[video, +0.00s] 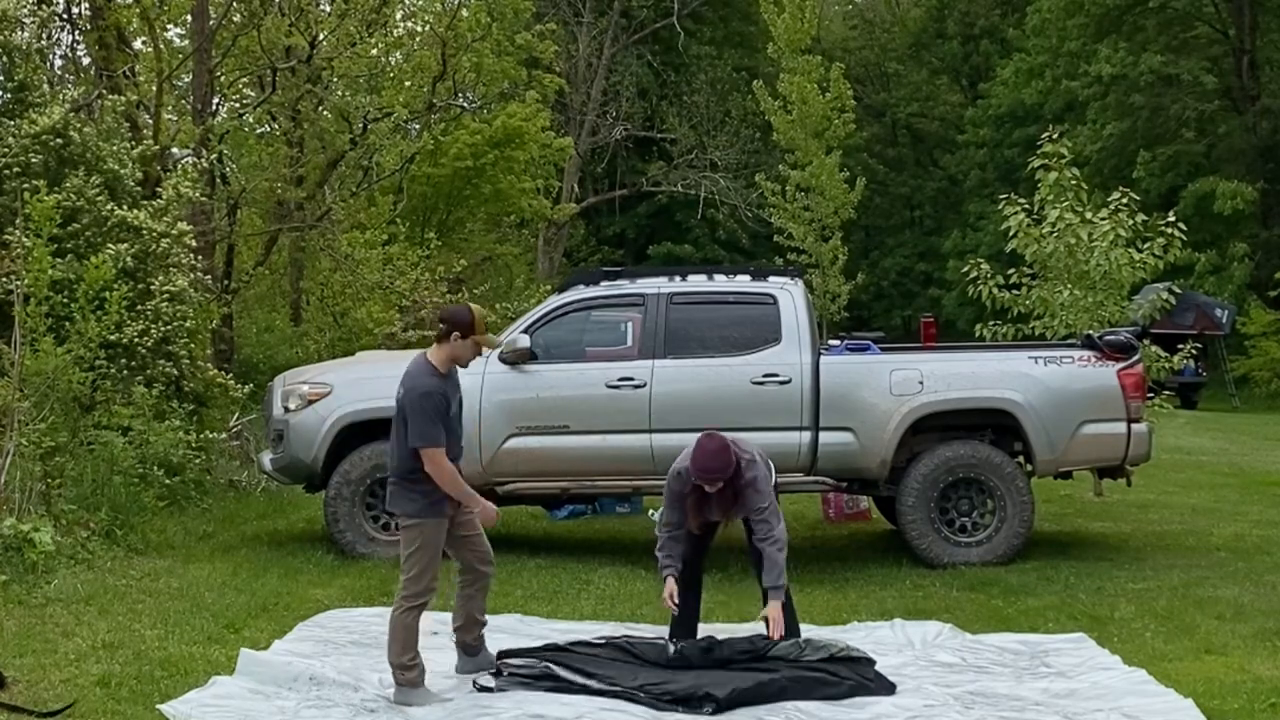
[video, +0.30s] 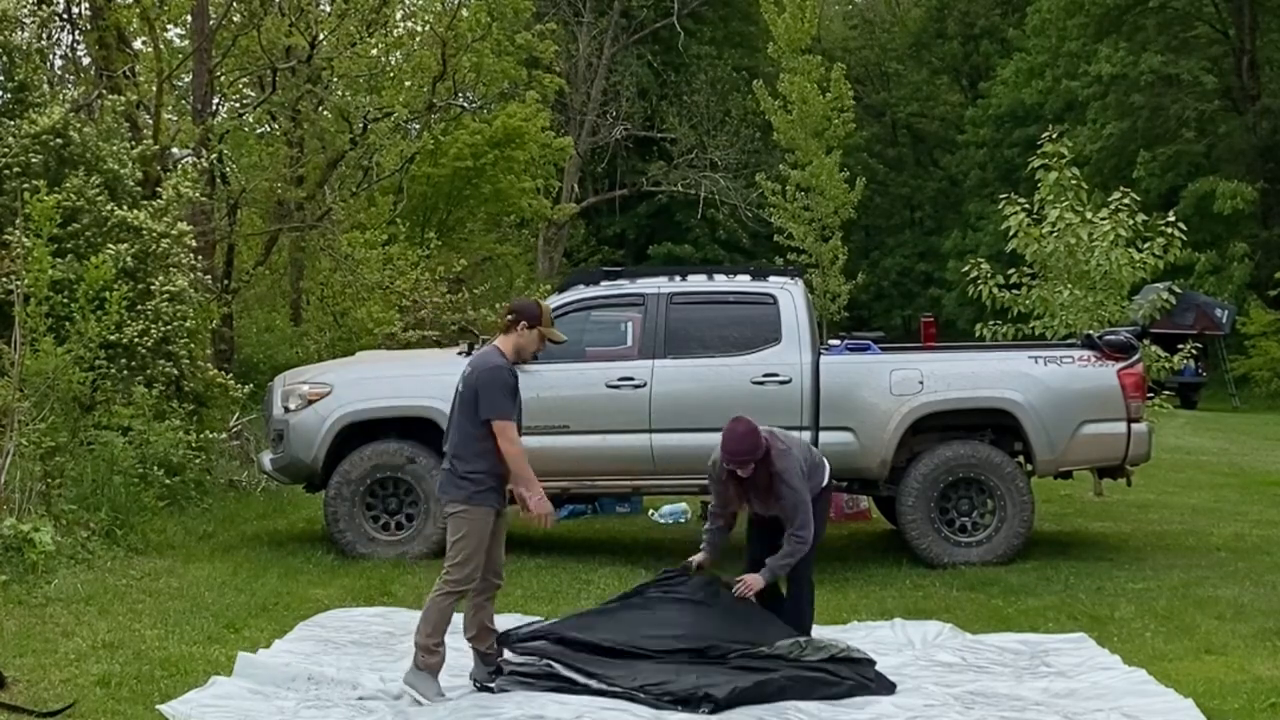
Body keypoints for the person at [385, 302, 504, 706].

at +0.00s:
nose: (478, 352)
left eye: (479, 345)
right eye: (475, 345)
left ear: (454, 338)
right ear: (454, 339)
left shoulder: (444, 372)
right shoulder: (423, 387)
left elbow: (445, 447)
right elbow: (434, 462)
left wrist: (460, 493)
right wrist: (476, 500)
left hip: (449, 496)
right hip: (420, 503)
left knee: (479, 565)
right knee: (415, 593)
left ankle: (471, 653)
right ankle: (407, 683)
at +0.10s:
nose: (514, 351)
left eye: (515, 344)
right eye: (511, 343)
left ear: (488, 337)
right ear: (491, 337)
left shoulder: (469, 374)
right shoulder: (460, 381)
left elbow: (464, 454)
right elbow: (463, 455)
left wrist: (468, 511)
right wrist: (473, 519)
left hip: (460, 502)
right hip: (439, 505)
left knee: (476, 582)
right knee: (424, 592)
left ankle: (485, 667)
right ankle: (408, 682)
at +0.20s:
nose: (536, 353)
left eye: (539, 346)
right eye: (536, 344)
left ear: (517, 334)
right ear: (516, 335)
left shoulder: (496, 372)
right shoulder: (483, 373)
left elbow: (489, 440)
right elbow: (474, 442)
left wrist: (503, 484)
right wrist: (478, 504)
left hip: (481, 498)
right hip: (453, 498)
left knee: (487, 581)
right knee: (439, 584)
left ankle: (486, 664)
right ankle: (413, 676)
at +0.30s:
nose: (541, 348)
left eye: (544, 342)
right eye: (541, 339)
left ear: (521, 330)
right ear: (522, 330)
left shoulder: (499, 366)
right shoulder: (493, 369)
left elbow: (503, 441)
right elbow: (507, 439)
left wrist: (520, 485)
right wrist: (535, 491)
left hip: (489, 494)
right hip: (470, 494)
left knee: (487, 581)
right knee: (458, 579)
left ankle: (487, 665)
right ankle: (422, 670)